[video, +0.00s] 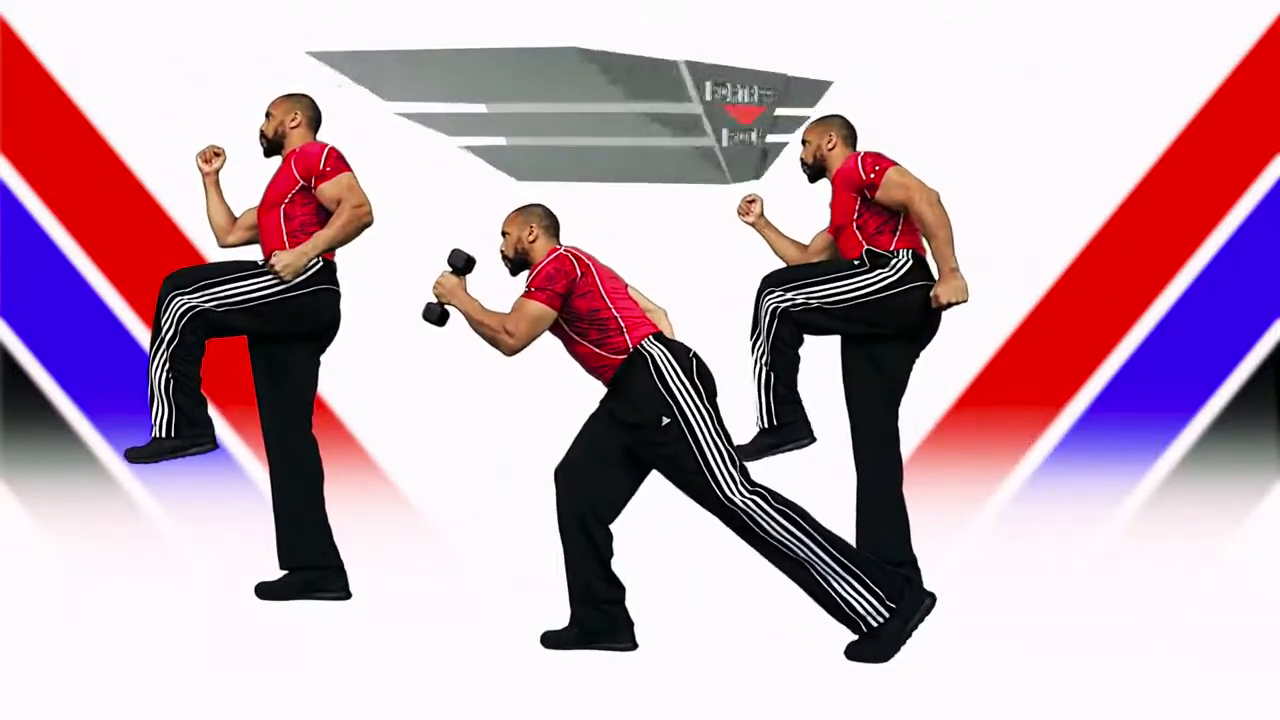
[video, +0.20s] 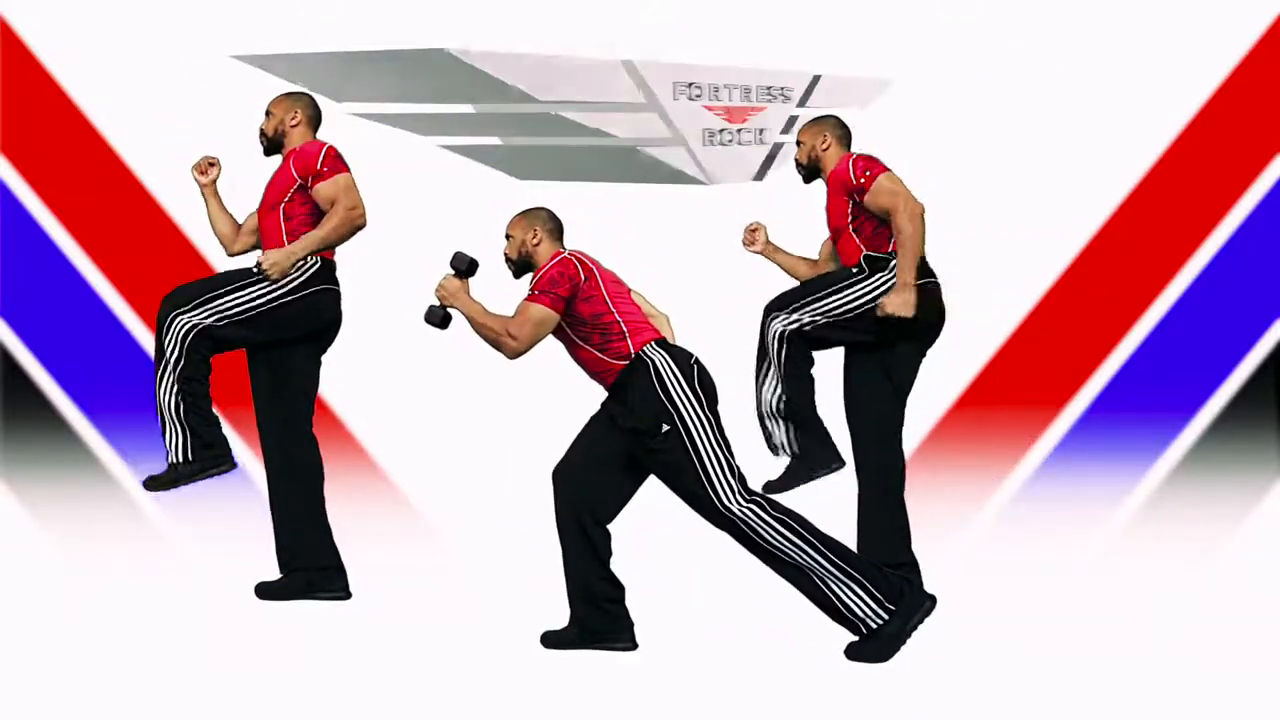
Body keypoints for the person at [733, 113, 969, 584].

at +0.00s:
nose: (800, 153)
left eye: (805, 143)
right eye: (800, 145)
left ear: (830, 140)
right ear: (831, 144)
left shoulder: (859, 165)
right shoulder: (849, 200)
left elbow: (924, 198)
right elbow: (807, 259)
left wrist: (949, 272)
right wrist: (762, 223)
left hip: (897, 277)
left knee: (776, 292)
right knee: (875, 438)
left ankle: (783, 421)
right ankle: (891, 575)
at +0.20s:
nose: (794, 155)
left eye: (799, 145)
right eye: (795, 147)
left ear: (823, 141)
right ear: (825, 144)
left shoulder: (852, 168)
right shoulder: (842, 197)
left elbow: (908, 210)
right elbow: (822, 273)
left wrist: (905, 285)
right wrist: (768, 249)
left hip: (890, 281)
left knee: (780, 318)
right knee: (875, 445)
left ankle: (806, 448)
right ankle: (893, 578)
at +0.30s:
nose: (789, 158)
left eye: (793, 147)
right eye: (788, 150)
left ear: (818, 144)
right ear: (822, 147)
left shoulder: (846, 174)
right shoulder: (834, 198)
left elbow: (874, 239)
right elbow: (853, 297)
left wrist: (824, 297)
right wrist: (801, 299)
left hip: (903, 284)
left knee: (814, 375)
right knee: (880, 442)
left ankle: (897, 487)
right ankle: (894, 589)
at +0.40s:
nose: (780, 166)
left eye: (784, 155)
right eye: (780, 159)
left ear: (809, 152)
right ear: (813, 155)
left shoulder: (836, 183)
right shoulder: (833, 195)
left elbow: (829, 258)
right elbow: (883, 271)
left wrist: (757, 274)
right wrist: (864, 324)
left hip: (907, 292)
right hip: (885, 309)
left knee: (888, 426)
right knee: (868, 440)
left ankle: (1016, 500)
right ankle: (895, 580)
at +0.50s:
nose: (772, 179)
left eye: (776, 168)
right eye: (772, 171)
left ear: (802, 161)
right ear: (811, 167)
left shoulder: (824, 194)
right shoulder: (850, 200)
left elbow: (786, 269)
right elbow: (915, 252)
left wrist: (732, 246)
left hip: (907, 300)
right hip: (889, 315)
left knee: (955, 434)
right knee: (868, 440)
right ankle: (893, 579)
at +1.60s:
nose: (769, 184)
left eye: (775, 175)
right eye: (769, 177)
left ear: (802, 173)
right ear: (805, 177)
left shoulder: (822, 204)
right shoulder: (837, 212)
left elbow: (799, 283)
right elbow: (887, 279)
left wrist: (740, 283)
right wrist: (872, 330)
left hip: (911, 306)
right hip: (889, 325)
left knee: (950, 434)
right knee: (866, 440)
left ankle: (1096, 525)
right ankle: (889, 568)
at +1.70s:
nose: (778, 173)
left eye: (782, 163)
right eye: (778, 165)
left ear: (805, 161)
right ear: (812, 163)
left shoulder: (831, 190)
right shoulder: (838, 202)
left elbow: (837, 263)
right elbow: (866, 291)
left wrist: (771, 297)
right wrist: (816, 312)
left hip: (912, 298)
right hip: (888, 314)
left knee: (892, 427)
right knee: (866, 430)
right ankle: (890, 568)